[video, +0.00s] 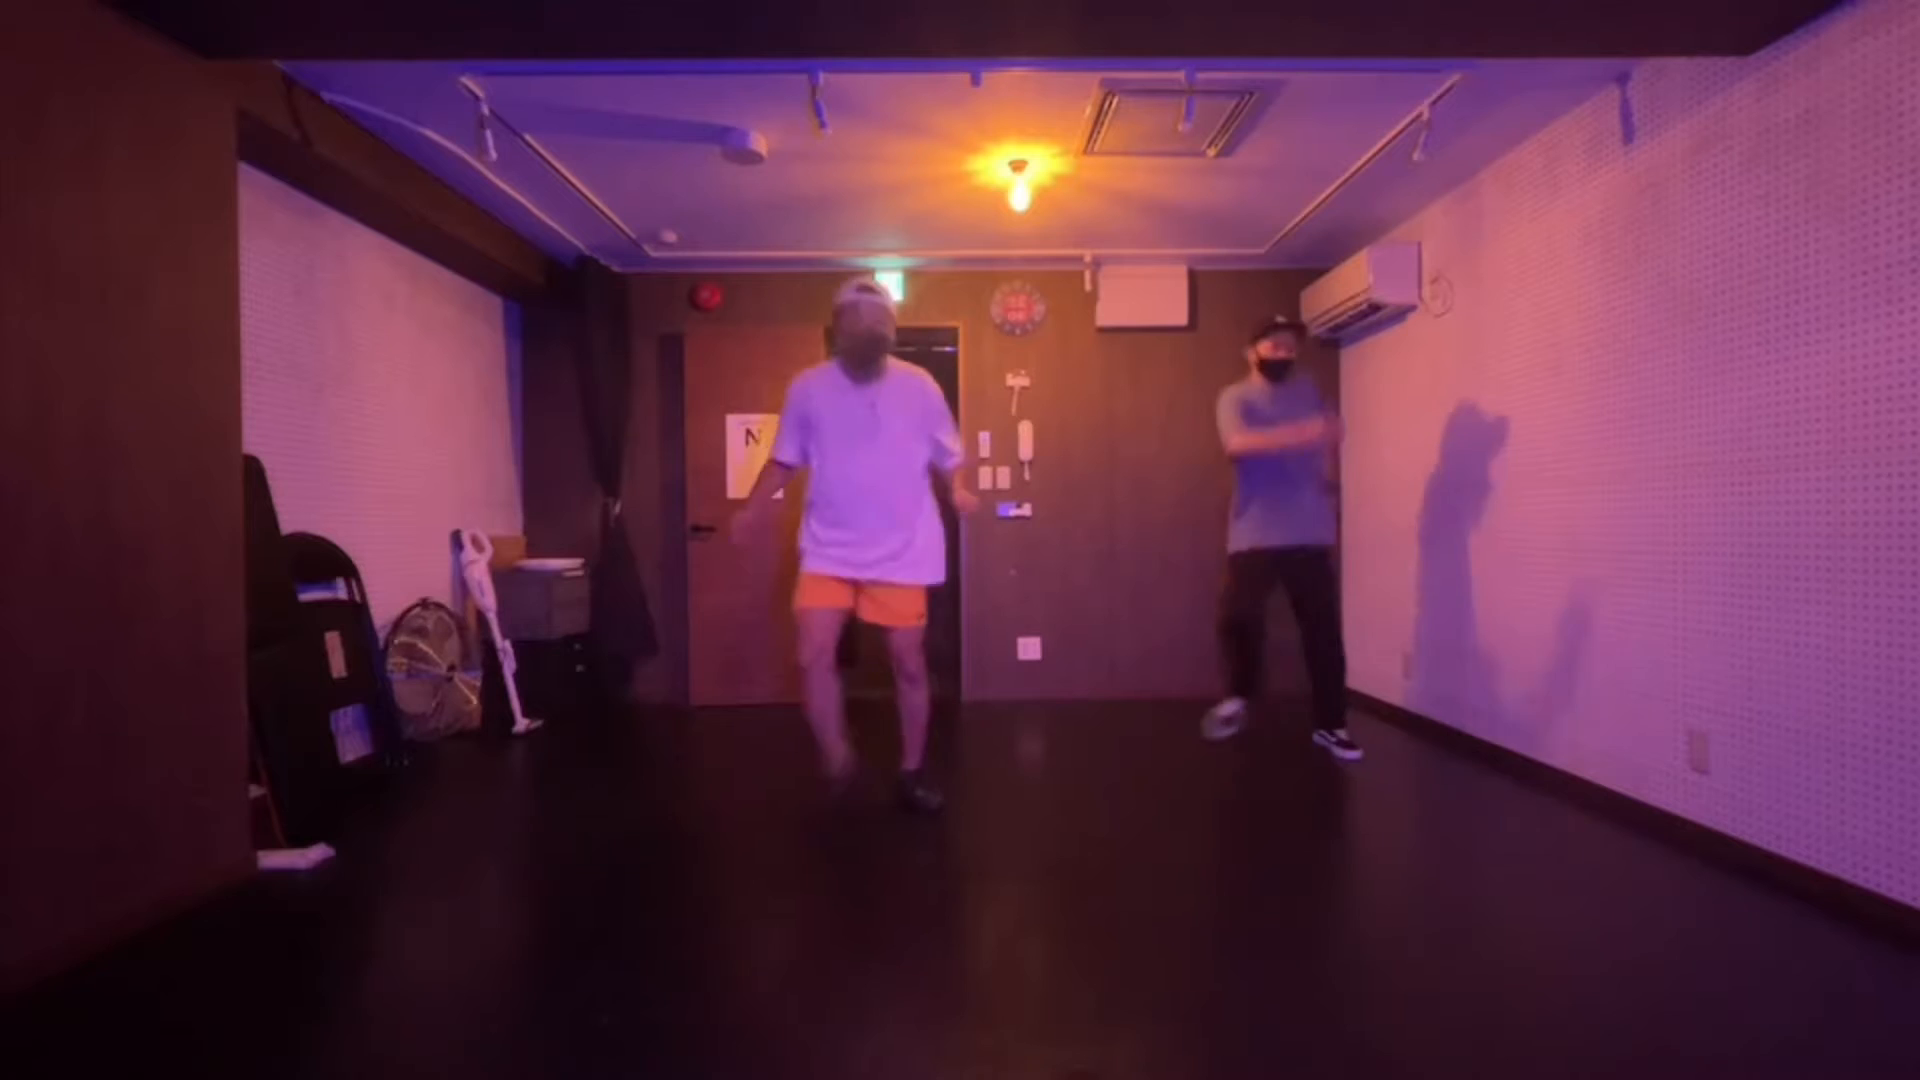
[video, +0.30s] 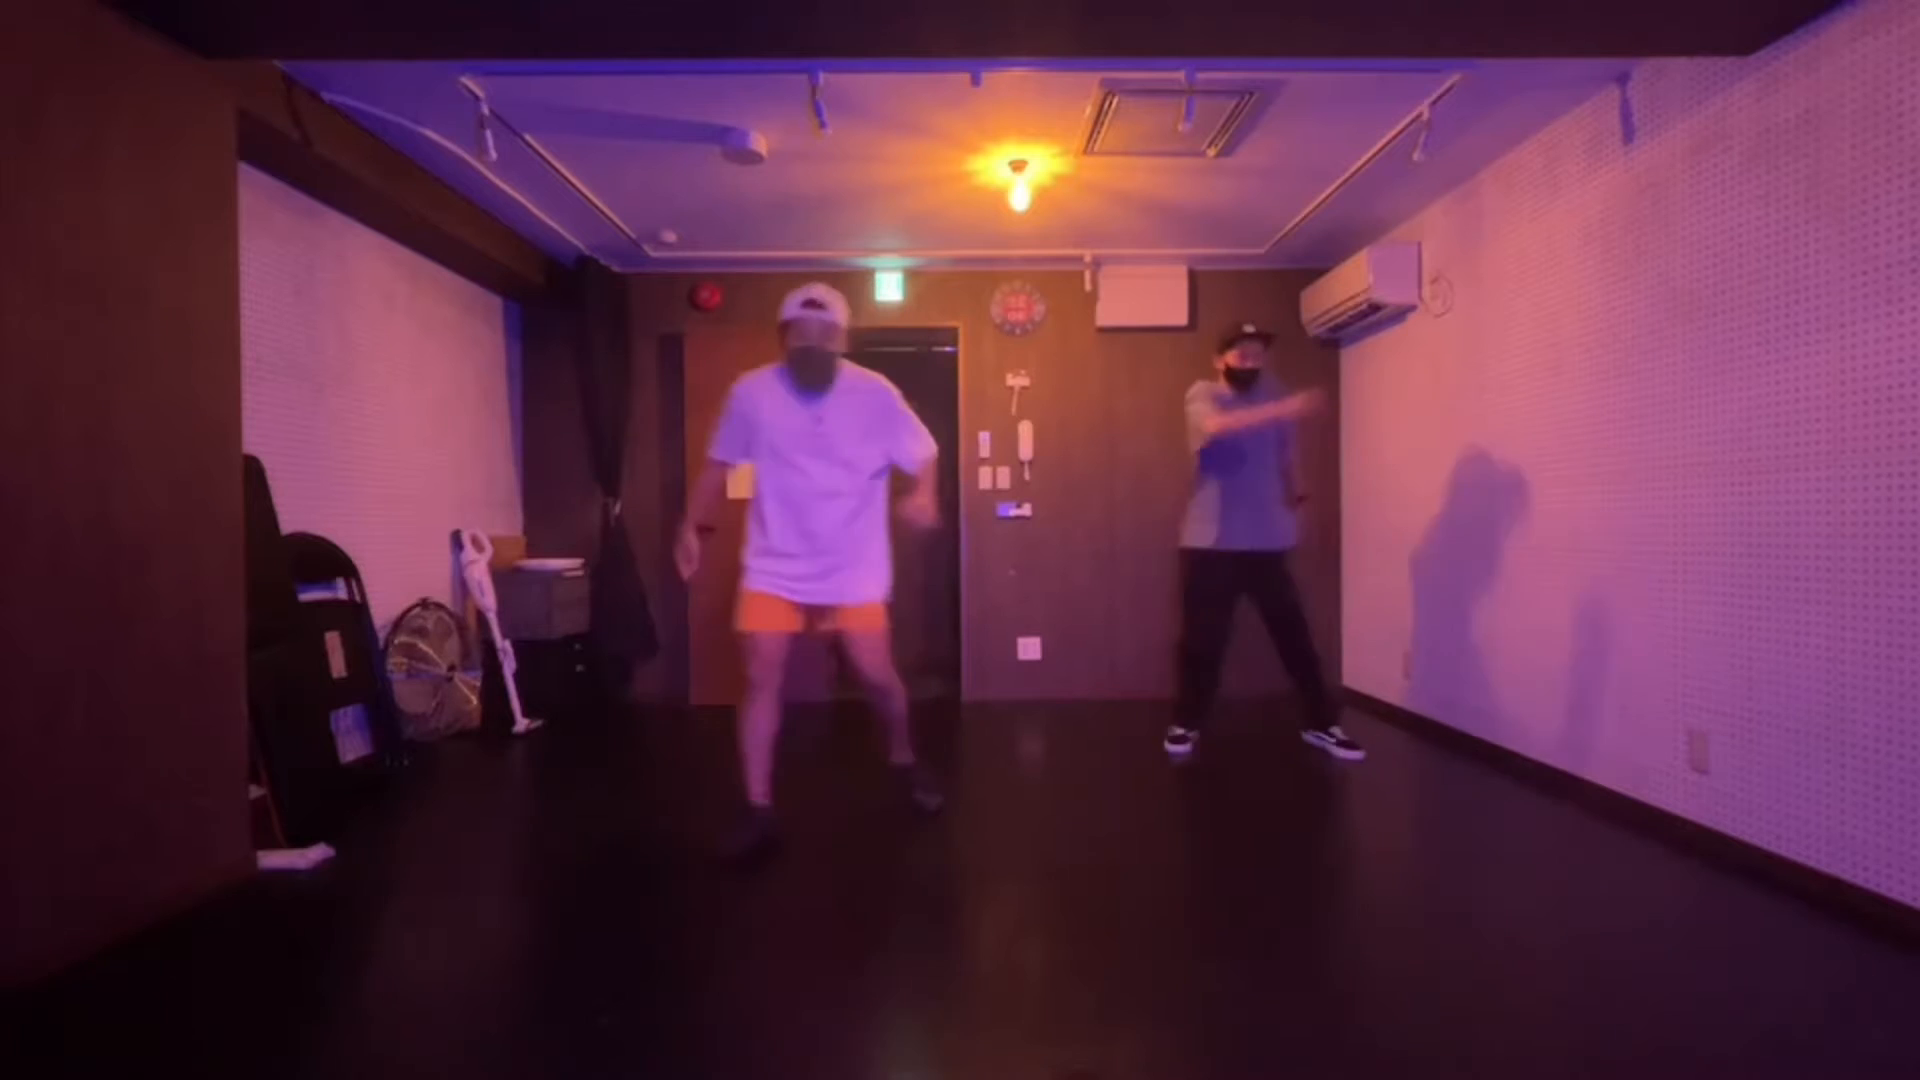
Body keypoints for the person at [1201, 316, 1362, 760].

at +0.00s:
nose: (1280, 352)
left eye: (1287, 344)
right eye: (1272, 343)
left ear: (1297, 350)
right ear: (1253, 350)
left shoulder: (1307, 395)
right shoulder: (1236, 397)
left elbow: (1326, 451)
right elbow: (1235, 443)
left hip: (1308, 534)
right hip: (1254, 537)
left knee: (1323, 633)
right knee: (1237, 618)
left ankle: (1330, 723)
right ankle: (1238, 698)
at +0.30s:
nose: (1248, 359)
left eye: (1256, 352)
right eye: (1240, 351)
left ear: (1266, 358)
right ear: (1220, 358)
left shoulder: (1273, 396)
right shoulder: (1204, 394)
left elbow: (1286, 453)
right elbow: (1212, 427)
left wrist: (1294, 491)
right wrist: (1287, 410)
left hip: (1264, 545)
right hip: (1211, 546)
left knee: (1295, 641)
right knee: (1201, 642)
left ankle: (1320, 723)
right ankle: (1185, 725)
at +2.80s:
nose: (1319, 381)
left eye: (1326, 372)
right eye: (1309, 374)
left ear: (1337, 378)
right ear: (1290, 384)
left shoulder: (1366, 416)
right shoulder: (1281, 447)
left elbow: (1396, 470)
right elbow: (1287, 508)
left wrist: (1410, 517)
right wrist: (1336, 494)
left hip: (1388, 552)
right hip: (1332, 557)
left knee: (1400, 649)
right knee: (1329, 645)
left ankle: (1382, 727)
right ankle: (1318, 736)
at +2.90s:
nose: (1316, 370)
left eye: (1322, 362)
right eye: (1306, 363)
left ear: (1333, 366)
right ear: (1287, 369)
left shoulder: (1361, 401)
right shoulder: (1276, 429)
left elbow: (1392, 446)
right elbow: (1275, 490)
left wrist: (1398, 493)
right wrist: (1329, 475)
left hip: (1377, 545)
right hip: (1321, 550)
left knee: (1390, 646)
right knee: (1318, 644)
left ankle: (1381, 723)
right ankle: (1317, 734)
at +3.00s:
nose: (1325, 360)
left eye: (1330, 352)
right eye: (1315, 352)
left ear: (1339, 353)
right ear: (1295, 356)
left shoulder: (1359, 386)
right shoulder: (1272, 401)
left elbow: (1400, 423)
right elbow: (1258, 458)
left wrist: (1389, 469)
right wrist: (1319, 466)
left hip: (1355, 539)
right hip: (1301, 543)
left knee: (1367, 633)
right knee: (1308, 642)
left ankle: (1374, 709)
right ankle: (1316, 731)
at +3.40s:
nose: (1329, 395)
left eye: (1335, 387)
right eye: (1321, 386)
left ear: (1344, 391)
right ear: (1303, 389)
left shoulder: (1342, 445)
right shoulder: (1275, 418)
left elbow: (1343, 509)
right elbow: (1233, 469)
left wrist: (1337, 490)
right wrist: (1225, 527)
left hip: (1318, 562)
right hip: (1269, 551)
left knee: (1319, 651)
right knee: (1295, 641)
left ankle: (1264, 707)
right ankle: (1314, 735)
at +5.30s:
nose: (1242, 351)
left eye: (1250, 344)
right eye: (1233, 341)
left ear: (1260, 356)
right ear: (1214, 350)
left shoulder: (1260, 416)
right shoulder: (1178, 399)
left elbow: (1273, 486)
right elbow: (1130, 441)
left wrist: (1258, 463)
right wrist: (1115, 500)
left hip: (1229, 543)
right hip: (1180, 538)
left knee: (1212, 645)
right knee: (1217, 643)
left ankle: (1163, 732)